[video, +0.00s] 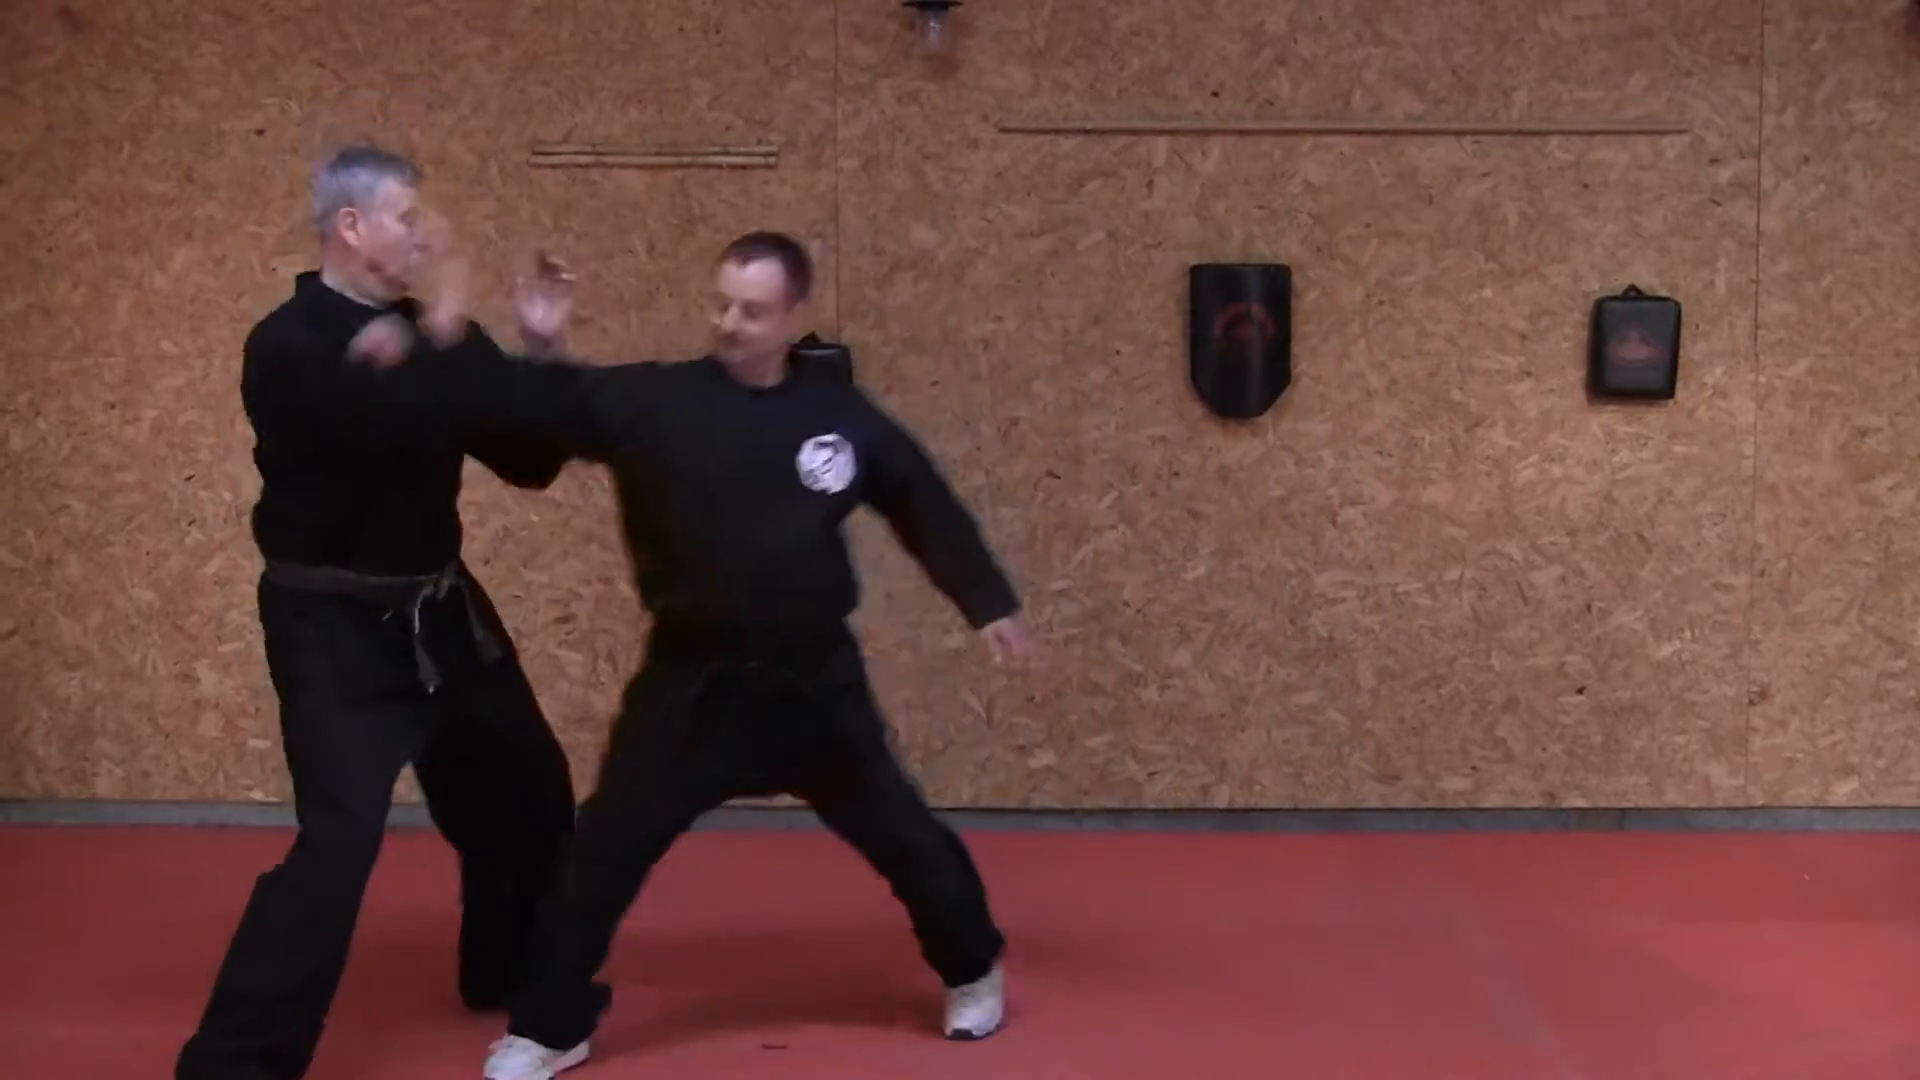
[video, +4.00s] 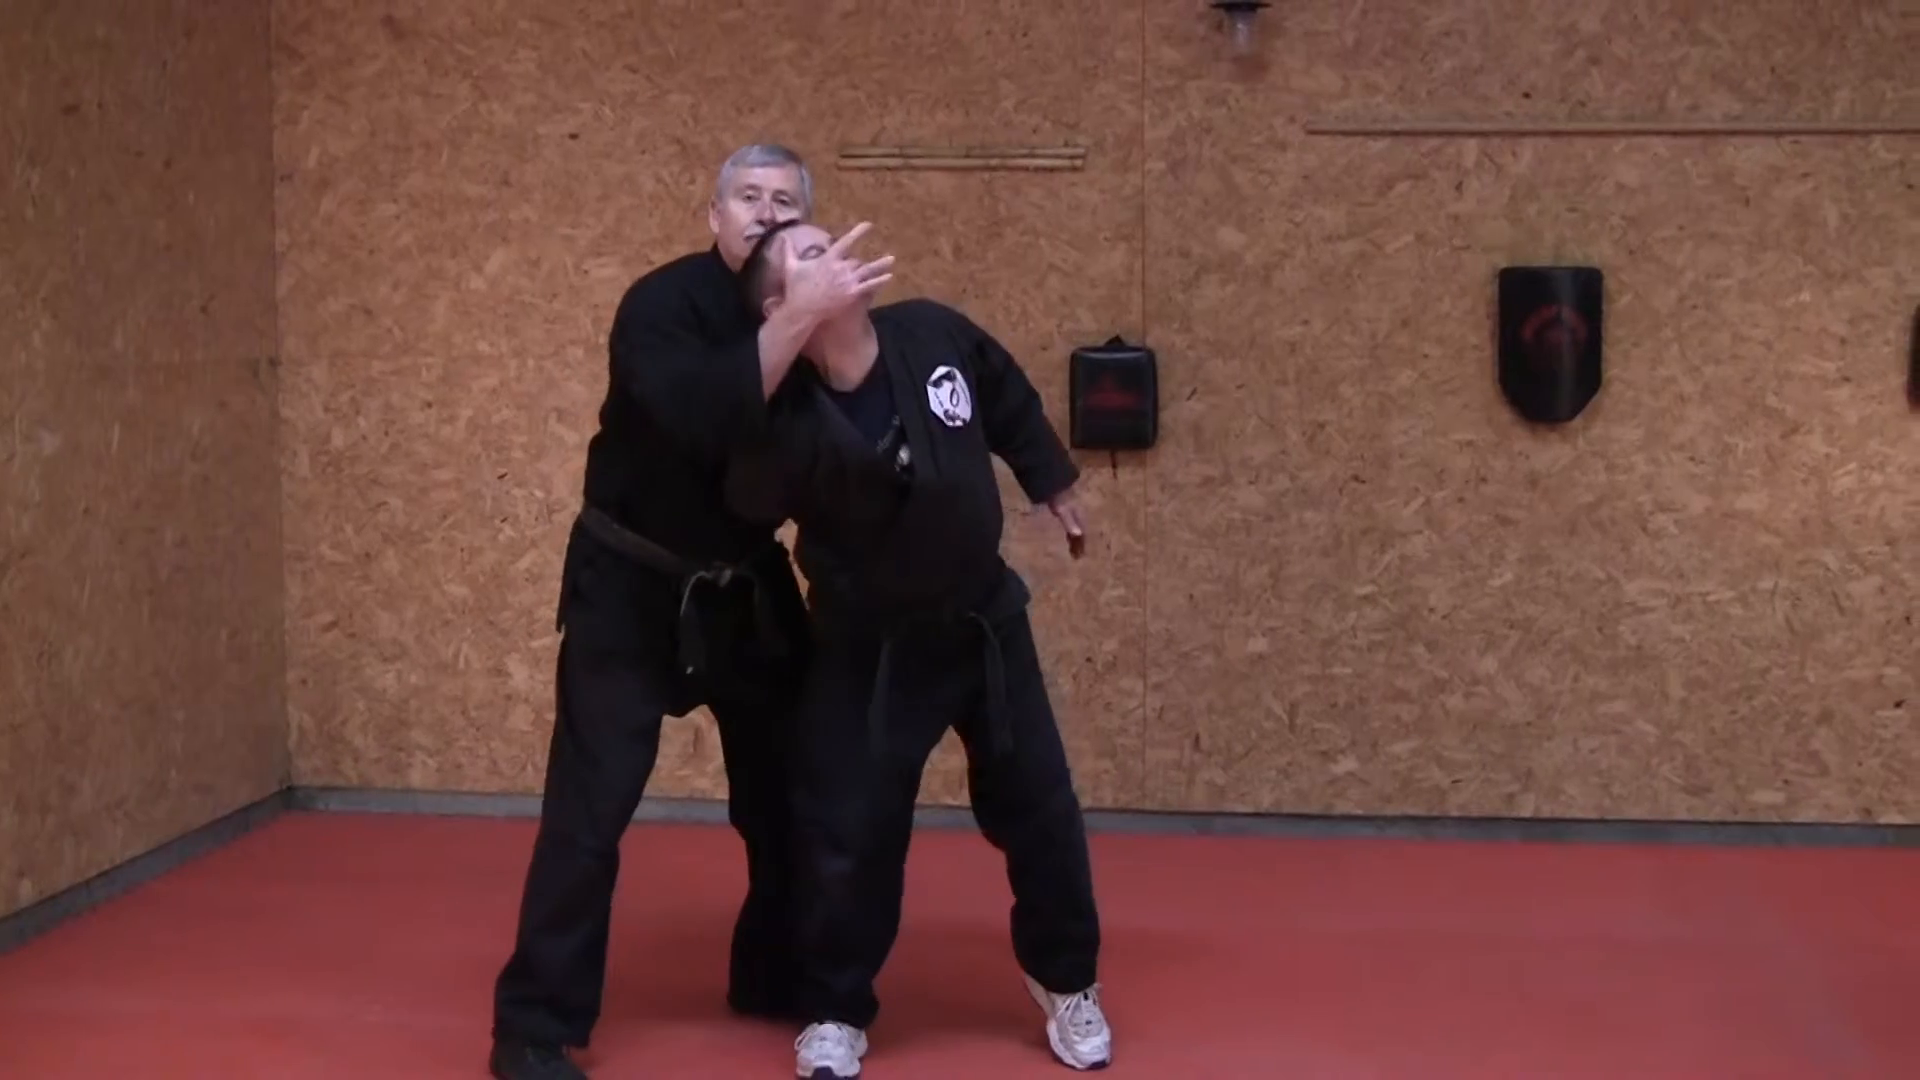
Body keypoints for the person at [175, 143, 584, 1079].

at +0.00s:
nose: (424, 236)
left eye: (422, 218)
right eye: (406, 219)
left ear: (372, 229)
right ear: (351, 228)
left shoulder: (431, 337)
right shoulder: (286, 346)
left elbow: (528, 462)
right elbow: (382, 420)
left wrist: (540, 352)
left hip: (441, 606)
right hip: (331, 617)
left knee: (527, 793)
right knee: (340, 838)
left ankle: (506, 974)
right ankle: (232, 1064)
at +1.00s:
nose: (538, 237)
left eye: (538, 222)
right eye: (525, 220)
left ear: (472, 219)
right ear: (466, 217)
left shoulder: (491, 302)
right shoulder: (432, 280)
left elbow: (560, 431)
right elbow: (567, 319)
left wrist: (588, 315)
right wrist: (699, 303)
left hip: (489, 607)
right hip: (419, 602)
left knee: (590, 762)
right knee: (358, 848)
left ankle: (528, 992)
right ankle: (230, 1061)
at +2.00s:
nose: (783, 303)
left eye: (790, 285)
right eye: (779, 280)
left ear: (727, 263)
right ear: (728, 257)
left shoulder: (690, 340)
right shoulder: (664, 322)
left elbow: (692, 528)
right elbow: (700, 468)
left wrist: (800, 498)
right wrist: (826, 461)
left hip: (628, 608)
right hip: (554, 606)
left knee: (719, 785)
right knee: (586, 843)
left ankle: (750, 977)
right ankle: (482, 1057)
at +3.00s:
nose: (788, 325)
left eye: (800, 305)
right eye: (767, 305)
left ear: (812, 299)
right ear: (715, 292)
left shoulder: (825, 374)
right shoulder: (651, 382)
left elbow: (886, 479)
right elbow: (676, 562)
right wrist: (814, 560)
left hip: (754, 596)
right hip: (630, 602)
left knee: (798, 780)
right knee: (629, 800)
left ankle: (795, 973)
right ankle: (558, 1029)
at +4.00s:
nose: (768, 212)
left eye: (786, 201)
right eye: (749, 195)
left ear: (807, 224)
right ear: (711, 216)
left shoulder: (813, 310)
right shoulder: (661, 305)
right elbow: (696, 419)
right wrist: (796, 317)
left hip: (747, 581)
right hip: (629, 579)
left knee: (789, 786)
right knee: (593, 805)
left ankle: (774, 976)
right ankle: (536, 1036)